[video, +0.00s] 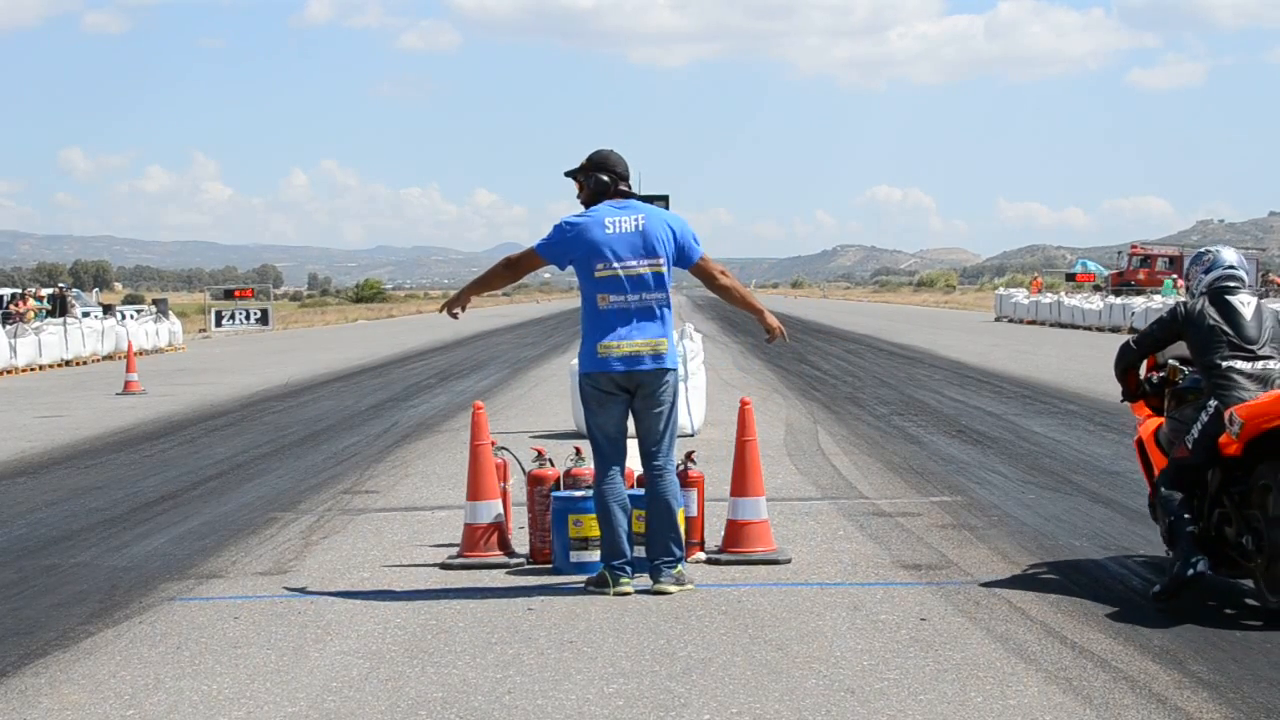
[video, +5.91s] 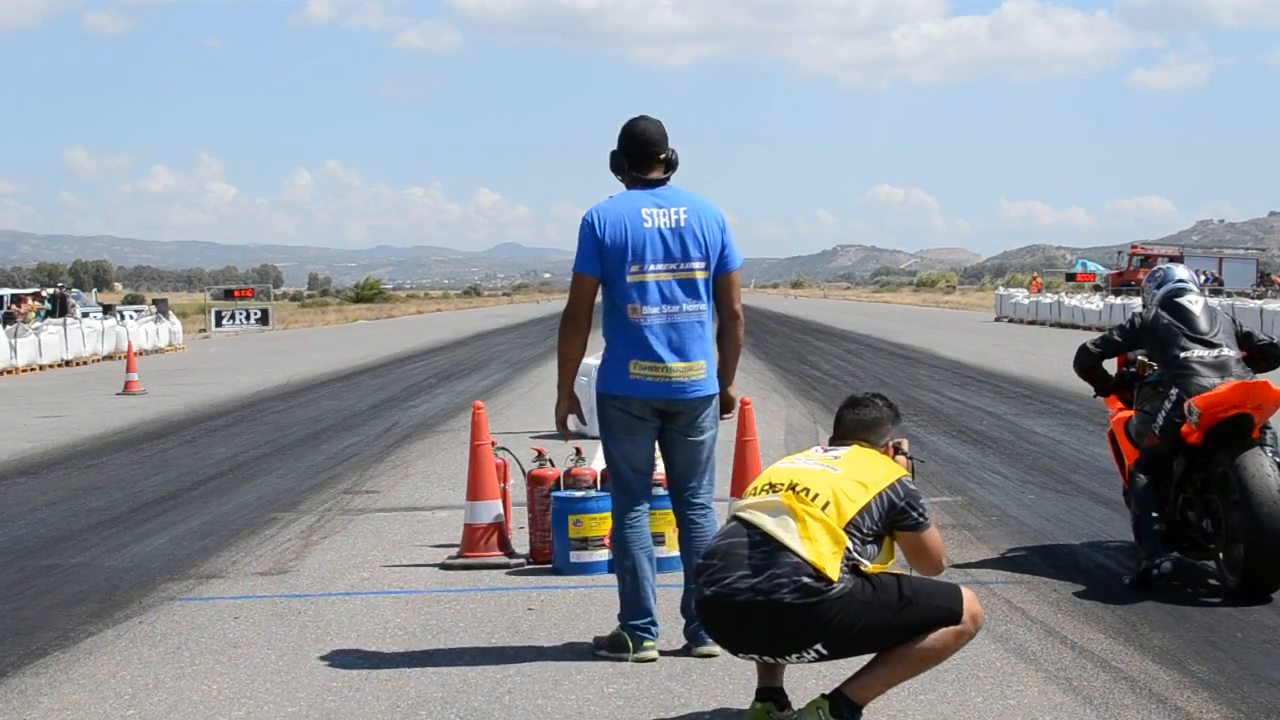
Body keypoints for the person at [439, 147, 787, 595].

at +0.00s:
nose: (576, 191)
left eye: (579, 184)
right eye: (576, 184)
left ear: (596, 184)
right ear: (624, 185)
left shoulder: (577, 228)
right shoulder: (665, 222)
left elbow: (516, 266)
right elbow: (716, 277)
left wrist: (465, 292)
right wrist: (763, 313)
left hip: (601, 362)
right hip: (658, 360)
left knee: (609, 467)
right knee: (661, 462)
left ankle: (617, 571)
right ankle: (667, 569)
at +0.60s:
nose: (566, 198)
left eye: (568, 190)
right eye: (566, 190)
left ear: (585, 187)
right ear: (611, 186)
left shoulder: (568, 230)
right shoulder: (654, 222)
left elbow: (530, 299)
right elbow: (688, 295)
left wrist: (515, 357)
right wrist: (706, 353)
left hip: (595, 366)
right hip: (652, 362)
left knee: (605, 469)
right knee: (659, 462)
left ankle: (616, 571)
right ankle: (667, 567)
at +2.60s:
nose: (528, 184)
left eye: (530, 176)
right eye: (527, 177)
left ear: (546, 177)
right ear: (580, 176)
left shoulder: (526, 227)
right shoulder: (626, 219)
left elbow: (502, 317)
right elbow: (651, 305)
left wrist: (486, 390)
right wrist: (654, 372)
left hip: (554, 375)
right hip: (618, 370)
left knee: (561, 485)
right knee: (630, 476)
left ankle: (569, 604)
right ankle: (646, 587)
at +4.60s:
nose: (583, 167)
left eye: (591, 157)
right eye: (584, 157)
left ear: (620, 160)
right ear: (639, 163)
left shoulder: (602, 217)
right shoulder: (692, 213)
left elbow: (579, 313)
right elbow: (714, 305)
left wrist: (548, 384)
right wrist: (707, 373)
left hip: (619, 384)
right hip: (685, 380)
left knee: (625, 505)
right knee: (688, 498)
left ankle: (638, 631)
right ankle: (704, 626)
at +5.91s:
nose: (618, 166)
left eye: (618, 160)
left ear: (619, 164)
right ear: (670, 162)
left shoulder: (603, 220)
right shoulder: (710, 217)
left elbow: (578, 312)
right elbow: (732, 312)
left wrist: (566, 385)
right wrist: (726, 380)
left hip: (626, 385)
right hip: (695, 383)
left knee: (631, 505)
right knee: (697, 503)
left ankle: (639, 630)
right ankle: (704, 629)